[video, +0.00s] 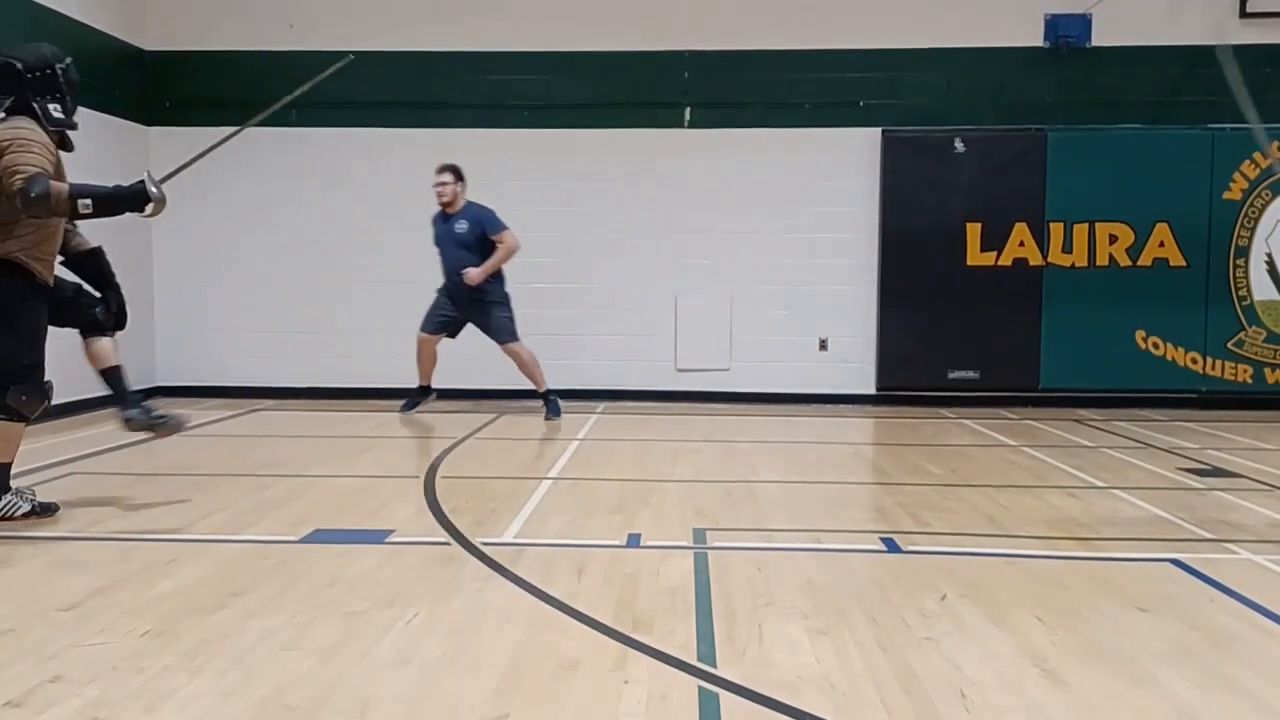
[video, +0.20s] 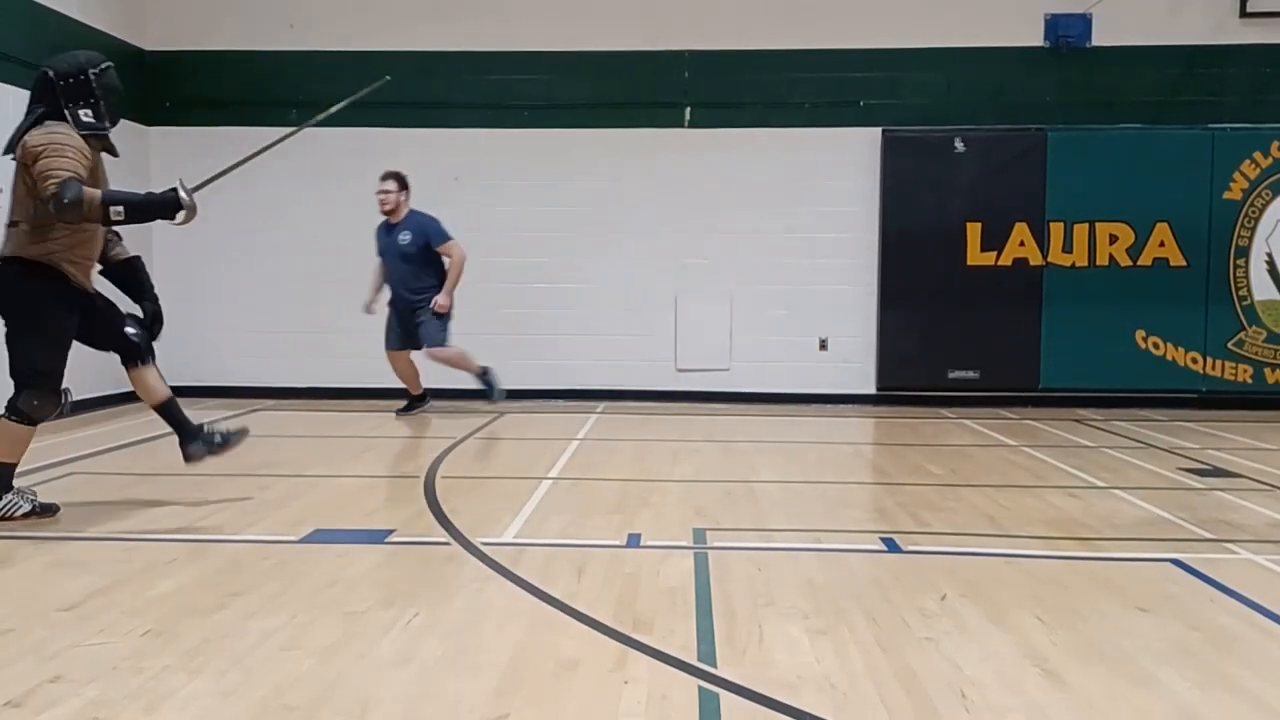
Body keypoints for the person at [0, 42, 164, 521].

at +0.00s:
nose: (67, 96)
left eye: (65, 86)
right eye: (60, 86)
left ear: (27, 90)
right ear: (37, 89)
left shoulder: (37, 138)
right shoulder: (21, 133)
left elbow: (61, 224)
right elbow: (33, 196)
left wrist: (107, 283)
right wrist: (125, 197)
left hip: (30, 278)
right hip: (12, 279)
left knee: (93, 313)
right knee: (22, 392)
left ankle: (131, 406)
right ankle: (4, 492)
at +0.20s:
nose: (106, 102)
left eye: (105, 93)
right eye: (98, 93)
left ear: (71, 97)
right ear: (72, 97)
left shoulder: (81, 145)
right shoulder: (57, 138)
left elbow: (102, 232)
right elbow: (64, 198)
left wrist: (144, 294)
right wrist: (156, 204)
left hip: (61, 282)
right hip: (33, 280)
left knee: (130, 335)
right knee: (37, 396)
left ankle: (190, 435)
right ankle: (1, 489)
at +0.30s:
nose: (129, 101)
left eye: (128, 92)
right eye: (120, 92)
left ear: (95, 97)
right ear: (95, 97)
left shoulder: (110, 148)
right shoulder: (77, 142)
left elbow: (121, 228)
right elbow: (86, 203)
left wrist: (151, 284)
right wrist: (176, 209)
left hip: (99, 289)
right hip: (64, 286)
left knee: (142, 379)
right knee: (51, 398)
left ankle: (181, 474)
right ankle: (3, 487)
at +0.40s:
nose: (154, 99)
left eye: (152, 90)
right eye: (144, 90)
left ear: (118, 98)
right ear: (120, 97)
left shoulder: (135, 145)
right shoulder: (106, 146)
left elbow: (143, 229)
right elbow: (110, 213)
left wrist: (168, 285)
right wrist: (201, 214)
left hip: (134, 290)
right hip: (104, 289)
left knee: (161, 386)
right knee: (92, 400)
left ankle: (185, 481)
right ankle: (16, 480)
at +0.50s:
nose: (189, 101)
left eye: (188, 91)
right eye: (180, 91)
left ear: (158, 95)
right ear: (152, 94)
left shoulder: (163, 146)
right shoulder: (131, 143)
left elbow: (168, 224)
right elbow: (131, 210)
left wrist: (198, 271)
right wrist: (216, 218)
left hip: (160, 283)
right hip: (129, 282)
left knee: (180, 381)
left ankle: (185, 483)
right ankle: (66, 453)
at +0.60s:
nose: (217, 102)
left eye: (217, 92)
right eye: (208, 92)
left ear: (184, 97)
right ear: (180, 93)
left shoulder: (192, 152)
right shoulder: (149, 142)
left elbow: (208, 235)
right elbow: (142, 210)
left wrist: (247, 284)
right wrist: (223, 219)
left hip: (176, 277)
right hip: (147, 274)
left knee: (191, 374)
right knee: (222, 361)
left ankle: (186, 482)